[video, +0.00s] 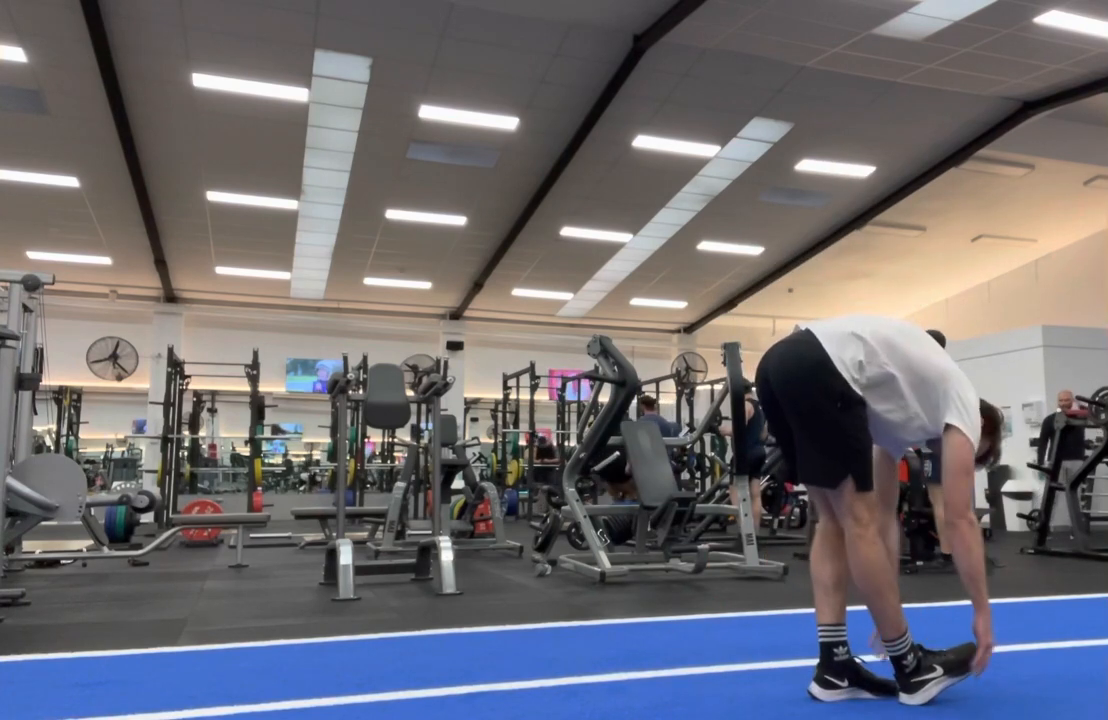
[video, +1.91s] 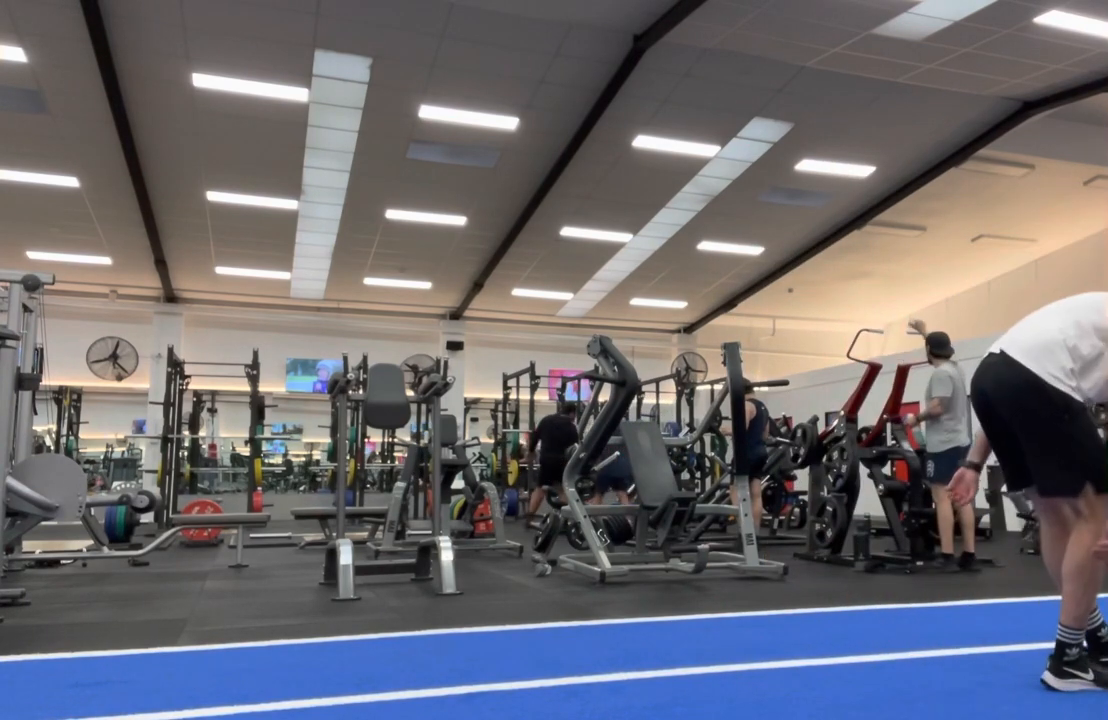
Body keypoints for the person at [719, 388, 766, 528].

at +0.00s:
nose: (731, 394)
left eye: (732, 390)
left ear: (737, 391)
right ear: (749, 388)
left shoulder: (745, 405)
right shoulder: (758, 406)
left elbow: (736, 429)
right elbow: (764, 434)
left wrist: (719, 429)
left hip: (744, 453)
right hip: (758, 451)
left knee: (735, 491)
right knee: (755, 495)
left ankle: (743, 530)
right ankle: (755, 532)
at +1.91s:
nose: (733, 395)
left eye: (734, 391)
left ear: (738, 391)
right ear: (750, 388)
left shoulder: (747, 405)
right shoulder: (762, 406)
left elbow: (742, 429)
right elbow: (765, 434)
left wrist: (724, 430)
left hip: (745, 453)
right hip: (760, 452)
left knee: (735, 489)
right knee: (756, 493)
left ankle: (743, 527)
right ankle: (755, 531)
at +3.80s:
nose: (733, 396)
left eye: (733, 392)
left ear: (738, 392)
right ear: (750, 388)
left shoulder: (747, 405)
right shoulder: (761, 406)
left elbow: (742, 429)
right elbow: (765, 433)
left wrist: (723, 429)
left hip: (746, 454)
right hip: (760, 453)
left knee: (735, 489)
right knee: (756, 495)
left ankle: (743, 529)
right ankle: (755, 533)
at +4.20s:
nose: (733, 395)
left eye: (734, 391)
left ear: (739, 391)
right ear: (750, 388)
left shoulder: (747, 406)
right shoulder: (761, 406)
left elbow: (743, 429)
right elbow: (765, 434)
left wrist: (725, 430)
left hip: (746, 455)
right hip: (760, 453)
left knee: (735, 489)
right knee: (756, 495)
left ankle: (743, 528)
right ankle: (755, 532)